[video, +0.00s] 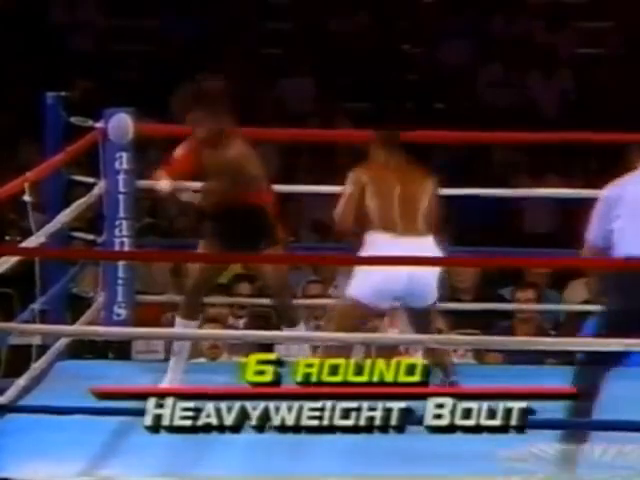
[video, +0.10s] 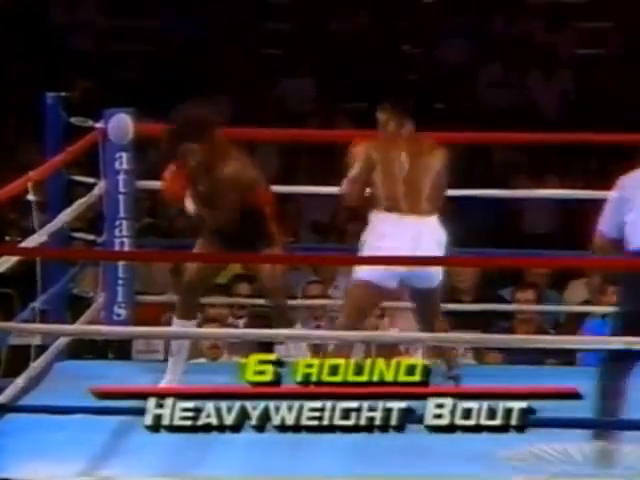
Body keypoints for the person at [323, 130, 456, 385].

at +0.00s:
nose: (372, 152)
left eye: (372, 146)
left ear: (374, 147)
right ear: (400, 147)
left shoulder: (362, 174)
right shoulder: (426, 178)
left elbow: (343, 221)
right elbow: (432, 223)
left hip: (379, 259)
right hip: (425, 259)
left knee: (336, 333)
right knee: (428, 332)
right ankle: (451, 382)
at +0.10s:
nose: (380, 128)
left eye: (381, 122)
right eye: (381, 122)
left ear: (388, 121)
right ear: (412, 123)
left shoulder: (369, 149)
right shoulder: (437, 152)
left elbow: (350, 194)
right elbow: (436, 198)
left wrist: (375, 195)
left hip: (384, 235)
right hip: (429, 237)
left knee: (349, 323)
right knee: (432, 320)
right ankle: (456, 376)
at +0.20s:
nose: (385, 99)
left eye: (387, 93)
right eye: (386, 93)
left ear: (396, 93)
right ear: (420, 95)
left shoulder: (383, 123)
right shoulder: (445, 127)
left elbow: (357, 171)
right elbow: (435, 171)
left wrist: (361, 141)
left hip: (394, 209)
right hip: (437, 211)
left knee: (367, 306)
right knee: (443, 306)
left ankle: (360, 376)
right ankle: (464, 372)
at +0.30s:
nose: (388, 102)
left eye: (390, 95)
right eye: (389, 96)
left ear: (401, 94)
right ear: (422, 95)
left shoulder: (391, 125)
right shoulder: (451, 129)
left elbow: (364, 174)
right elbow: (442, 171)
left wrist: (362, 144)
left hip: (400, 213)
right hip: (441, 213)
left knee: (375, 308)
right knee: (450, 307)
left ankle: (360, 376)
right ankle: (473, 371)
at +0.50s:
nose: (410, 134)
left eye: (412, 128)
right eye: (413, 129)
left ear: (417, 129)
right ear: (443, 132)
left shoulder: (398, 157)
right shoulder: (463, 163)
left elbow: (380, 201)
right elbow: (454, 204)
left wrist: (374, 179)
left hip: (402, 243)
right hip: (447, 245)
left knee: (365, 320)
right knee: (460, 323)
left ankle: (349, 383)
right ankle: (480, 382)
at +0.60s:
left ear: (416, 166)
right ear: (452, 167)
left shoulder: (399, 188)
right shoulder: (463, 196)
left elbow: (370, 220)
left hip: (393, 265)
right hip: (443, 269)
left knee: (348, 331)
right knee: (463, 325)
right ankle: (479, 382)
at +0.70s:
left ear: (414, 196)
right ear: (442, 200)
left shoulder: (390, 213)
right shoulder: (459, 224)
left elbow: (366, 245)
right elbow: (470, 268)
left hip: (390, 282)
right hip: (443, 284)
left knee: (348, 331)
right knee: (464, 328)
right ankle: (479, 377)